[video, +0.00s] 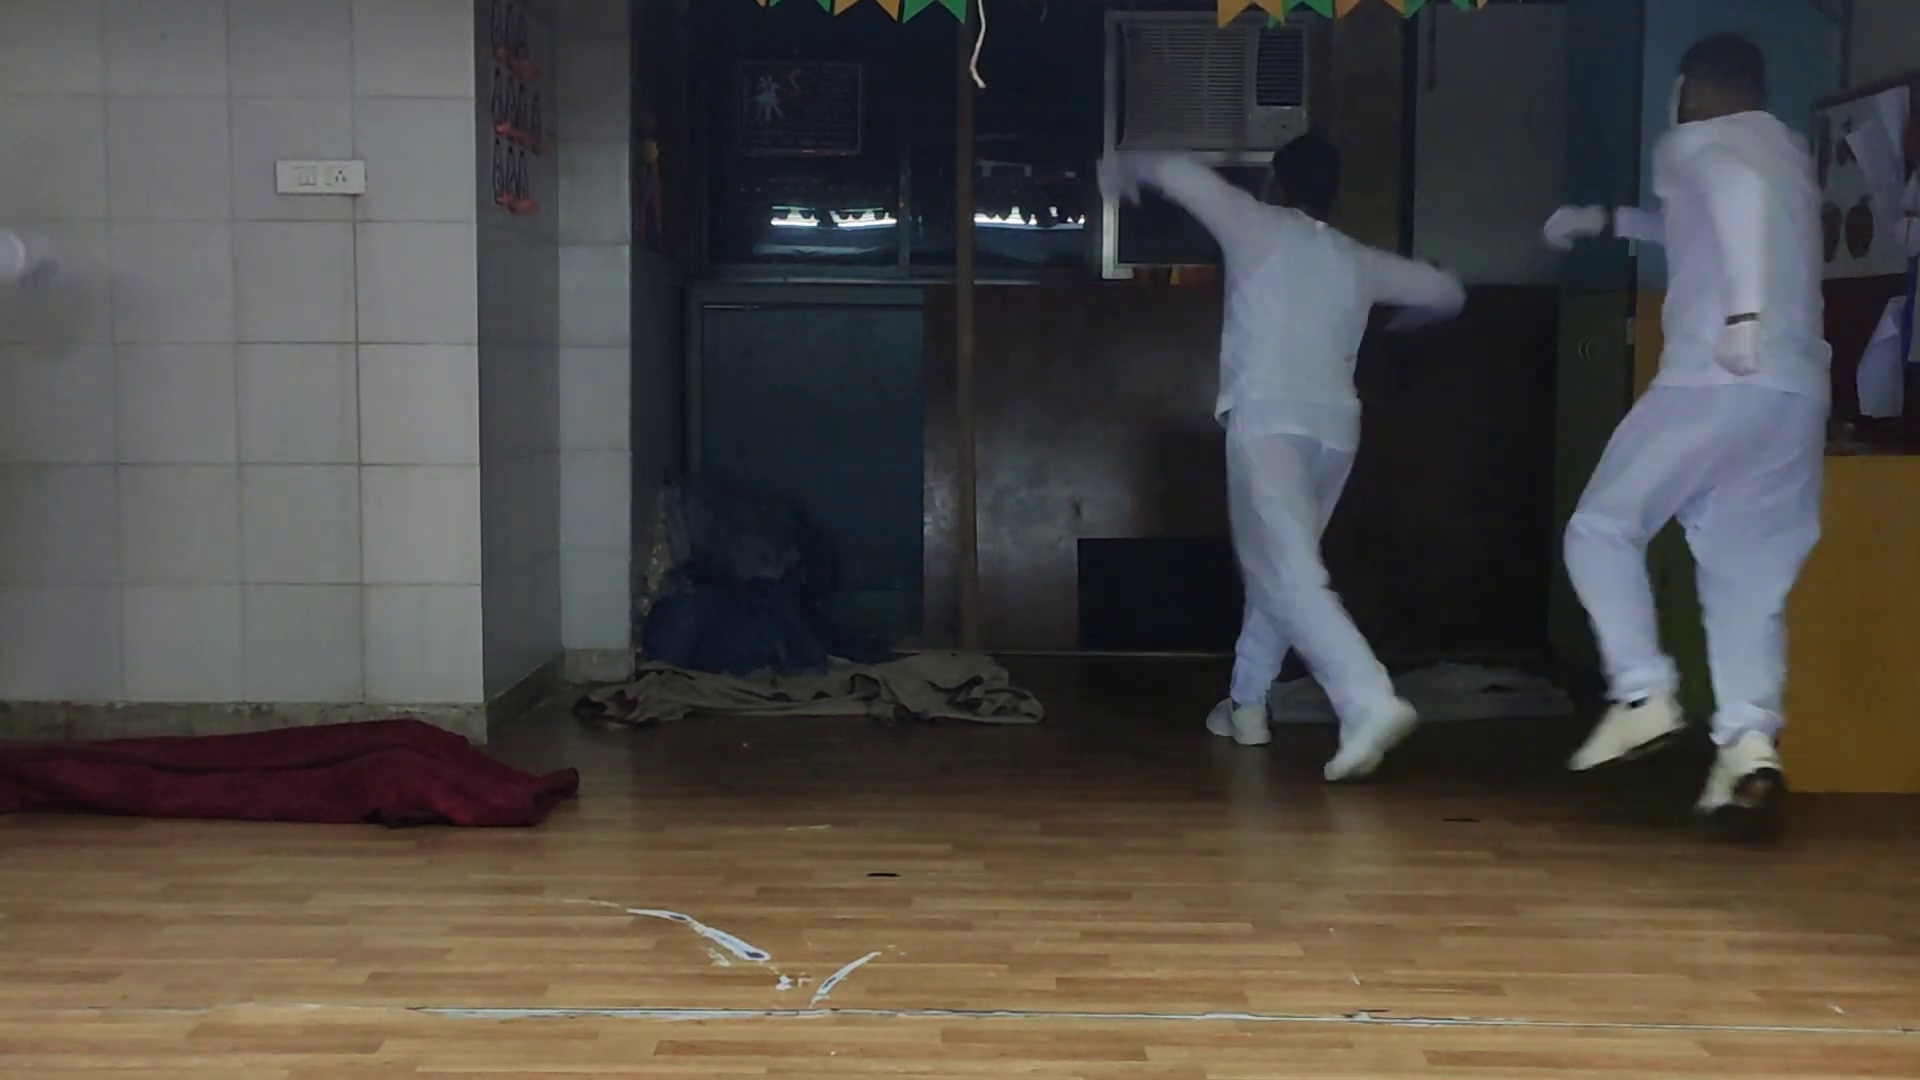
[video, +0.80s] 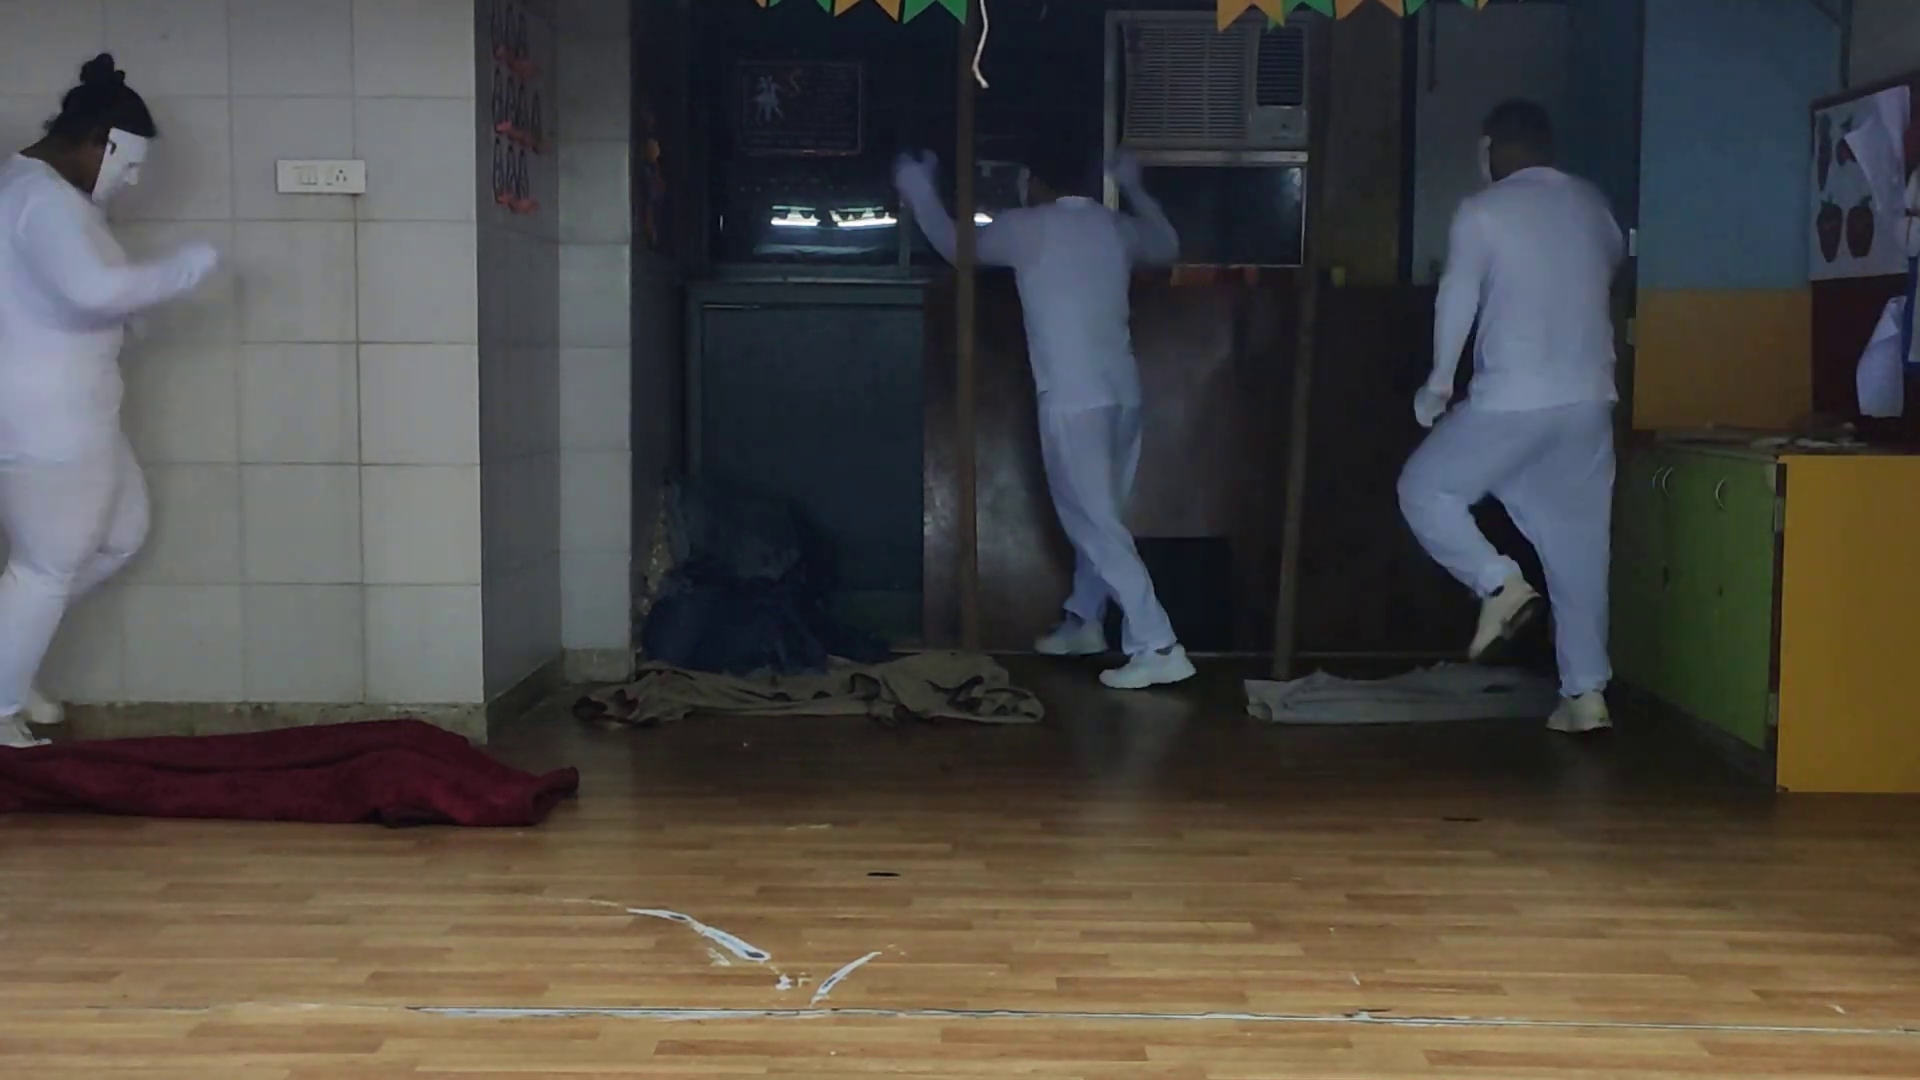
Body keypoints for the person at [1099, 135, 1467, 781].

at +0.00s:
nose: (1265, 186)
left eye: (1269, 178)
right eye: (1275, 179)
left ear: (1277, 183)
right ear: (1332, 196)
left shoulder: (1255, 226)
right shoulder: (1357, 261)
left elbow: (1174, 168)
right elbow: (1446, 291)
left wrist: (1125, 164)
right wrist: (1398, 318)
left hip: (1266, 420)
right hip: (1338, 430)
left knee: (1291, 572)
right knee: (1276, 568)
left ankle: (1370, 706)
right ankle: (1247, 707)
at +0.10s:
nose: (1227, 172)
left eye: (1229, 163)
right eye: (1232, 163)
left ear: (1238, 169)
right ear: (1293, 176)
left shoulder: (1224, 225)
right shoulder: (1325, 256)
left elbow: (1184, 298)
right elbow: (1340, 355)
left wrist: (1134, 363)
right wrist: (1313, 413)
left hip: (1239, 410)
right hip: (1309, 422)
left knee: (1174, 536)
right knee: (1265, 559)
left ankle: (1269, 591)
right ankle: (1245, 706)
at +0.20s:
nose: (1174, 154)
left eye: (1178, 143)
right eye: (1177, 143)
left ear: (1191, 145)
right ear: (1238, 145)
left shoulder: (1195, 202)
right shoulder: (1289, 214)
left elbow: (1184, 284)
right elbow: (1324, 299)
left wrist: (1135, 356)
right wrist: (1274, 338)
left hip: (1206, 375)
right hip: (1278, 387)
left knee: (1140, 469)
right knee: (1261, 537)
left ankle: (1202, 565)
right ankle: (1246, 688)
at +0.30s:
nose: (1129, 172)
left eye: (1129, 160)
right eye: (1128, 162)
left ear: (1141, 156)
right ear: (1191, 148)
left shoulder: (1172, 195)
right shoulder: (1245, 191)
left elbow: (1155, 248)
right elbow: (1305, 199)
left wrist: (1067, 203)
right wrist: (1287, 180)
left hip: (1178, 372)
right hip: (1249, 381)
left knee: (1135, 476)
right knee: (1231, 523)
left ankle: (1136, 619)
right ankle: (1220, 676)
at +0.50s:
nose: (1067, 210)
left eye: (1070, 199)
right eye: (1068, 199)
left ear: (1086, 196)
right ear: (1126, 193)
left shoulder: (1108, 237)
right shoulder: (1181, 229)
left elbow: (1095, 282)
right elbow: (1246, 236)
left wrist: (1013, 324)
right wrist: (1215, 229)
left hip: (1123, 414)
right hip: (1189, 415)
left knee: (1107, 536)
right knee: (1191, 528)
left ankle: (1124, 661)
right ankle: (1200, 622)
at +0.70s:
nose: (1034, 176)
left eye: (1036, 166)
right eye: (1035, 166)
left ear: (1049, 167)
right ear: (1090, 166)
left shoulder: (1043, 220)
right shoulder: (1136, 217)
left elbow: (1014, 302)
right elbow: (1183, 288)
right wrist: (1128, 297)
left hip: (1093, 384)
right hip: (1148, 379)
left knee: (1104, 511)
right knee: (1121, 498)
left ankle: (1136, 649)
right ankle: (1136, 608)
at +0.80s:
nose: (1025, 185)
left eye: (1028, 175)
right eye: (1029, 175)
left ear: (1038, 179)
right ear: (1084, 180)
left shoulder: (1026, 229)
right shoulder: (1114, 227)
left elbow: (957, 245)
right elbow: (1164, 244)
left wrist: (918, 190)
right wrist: (1135, 190)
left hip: (1071, 394)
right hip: (1124, 392)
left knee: (1092, 518)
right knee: (1102, 515)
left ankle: (1157, 648)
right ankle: (1083, 624)